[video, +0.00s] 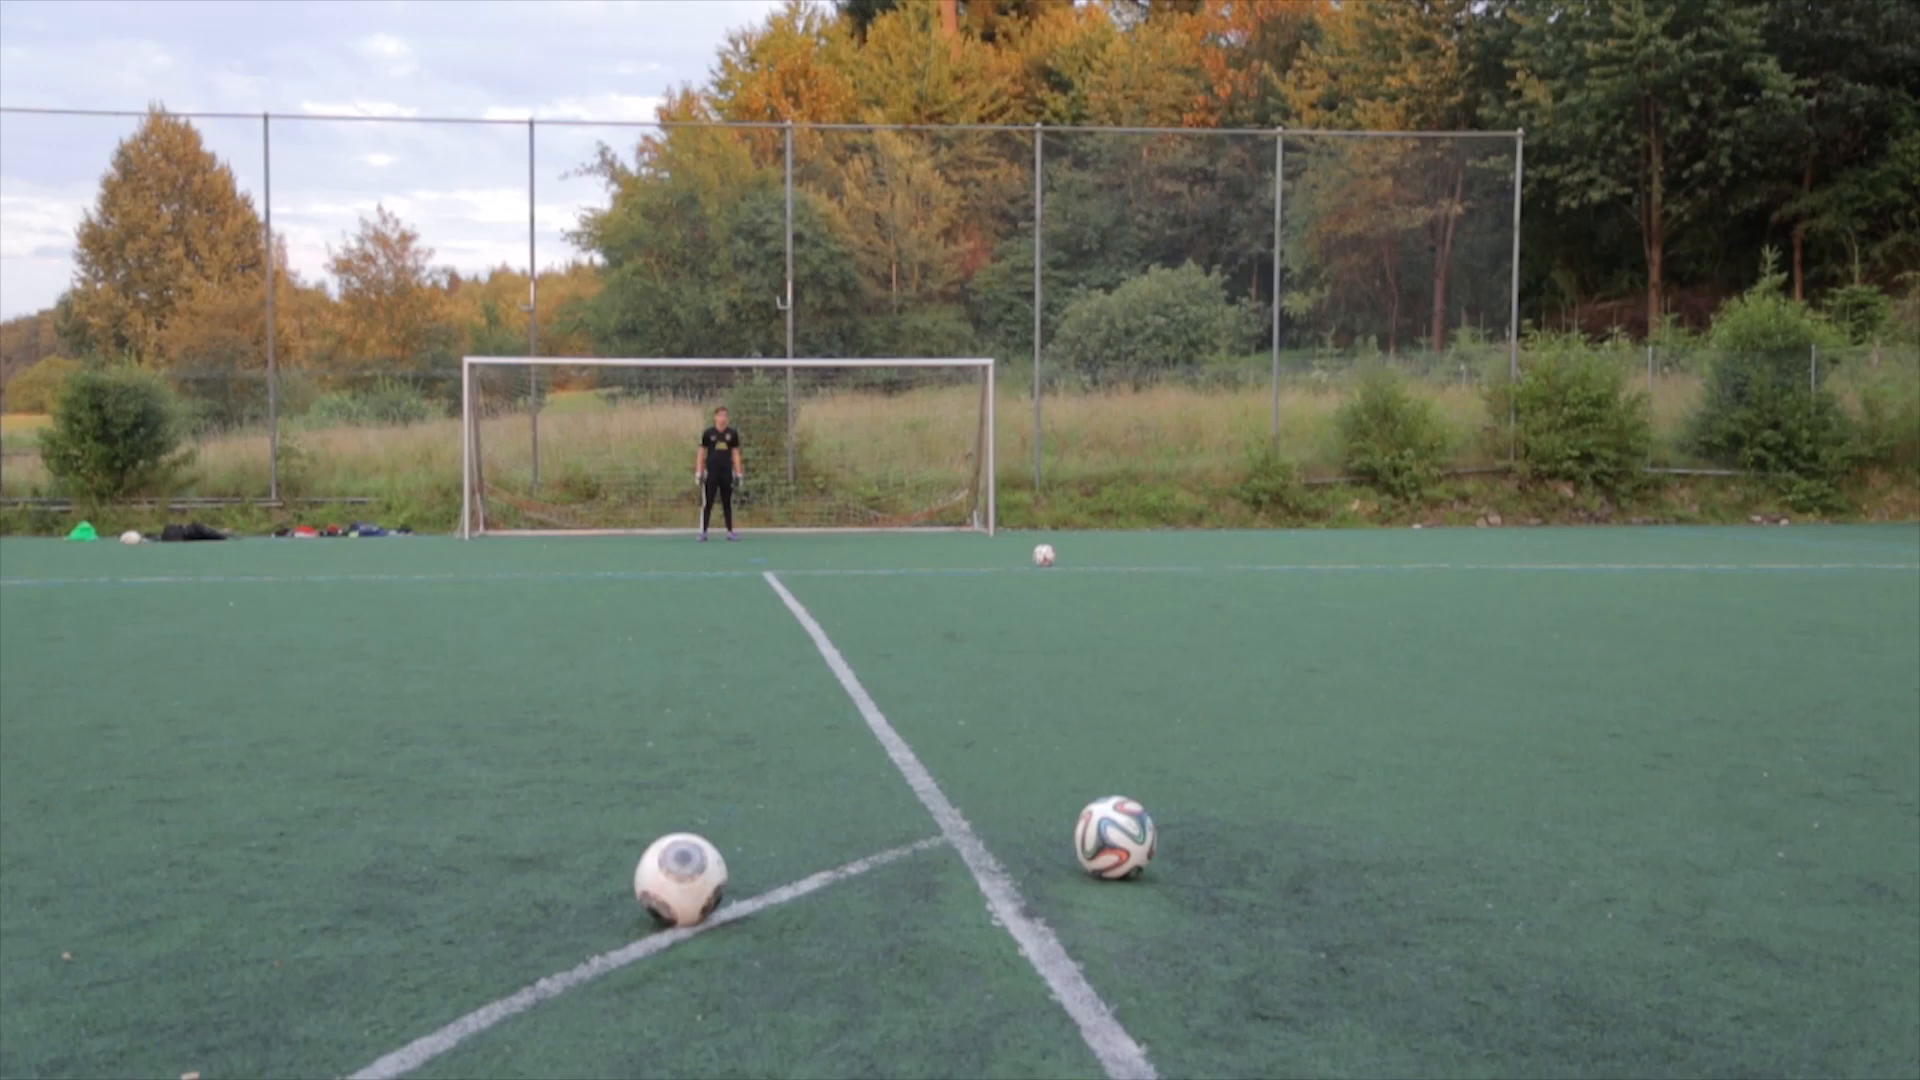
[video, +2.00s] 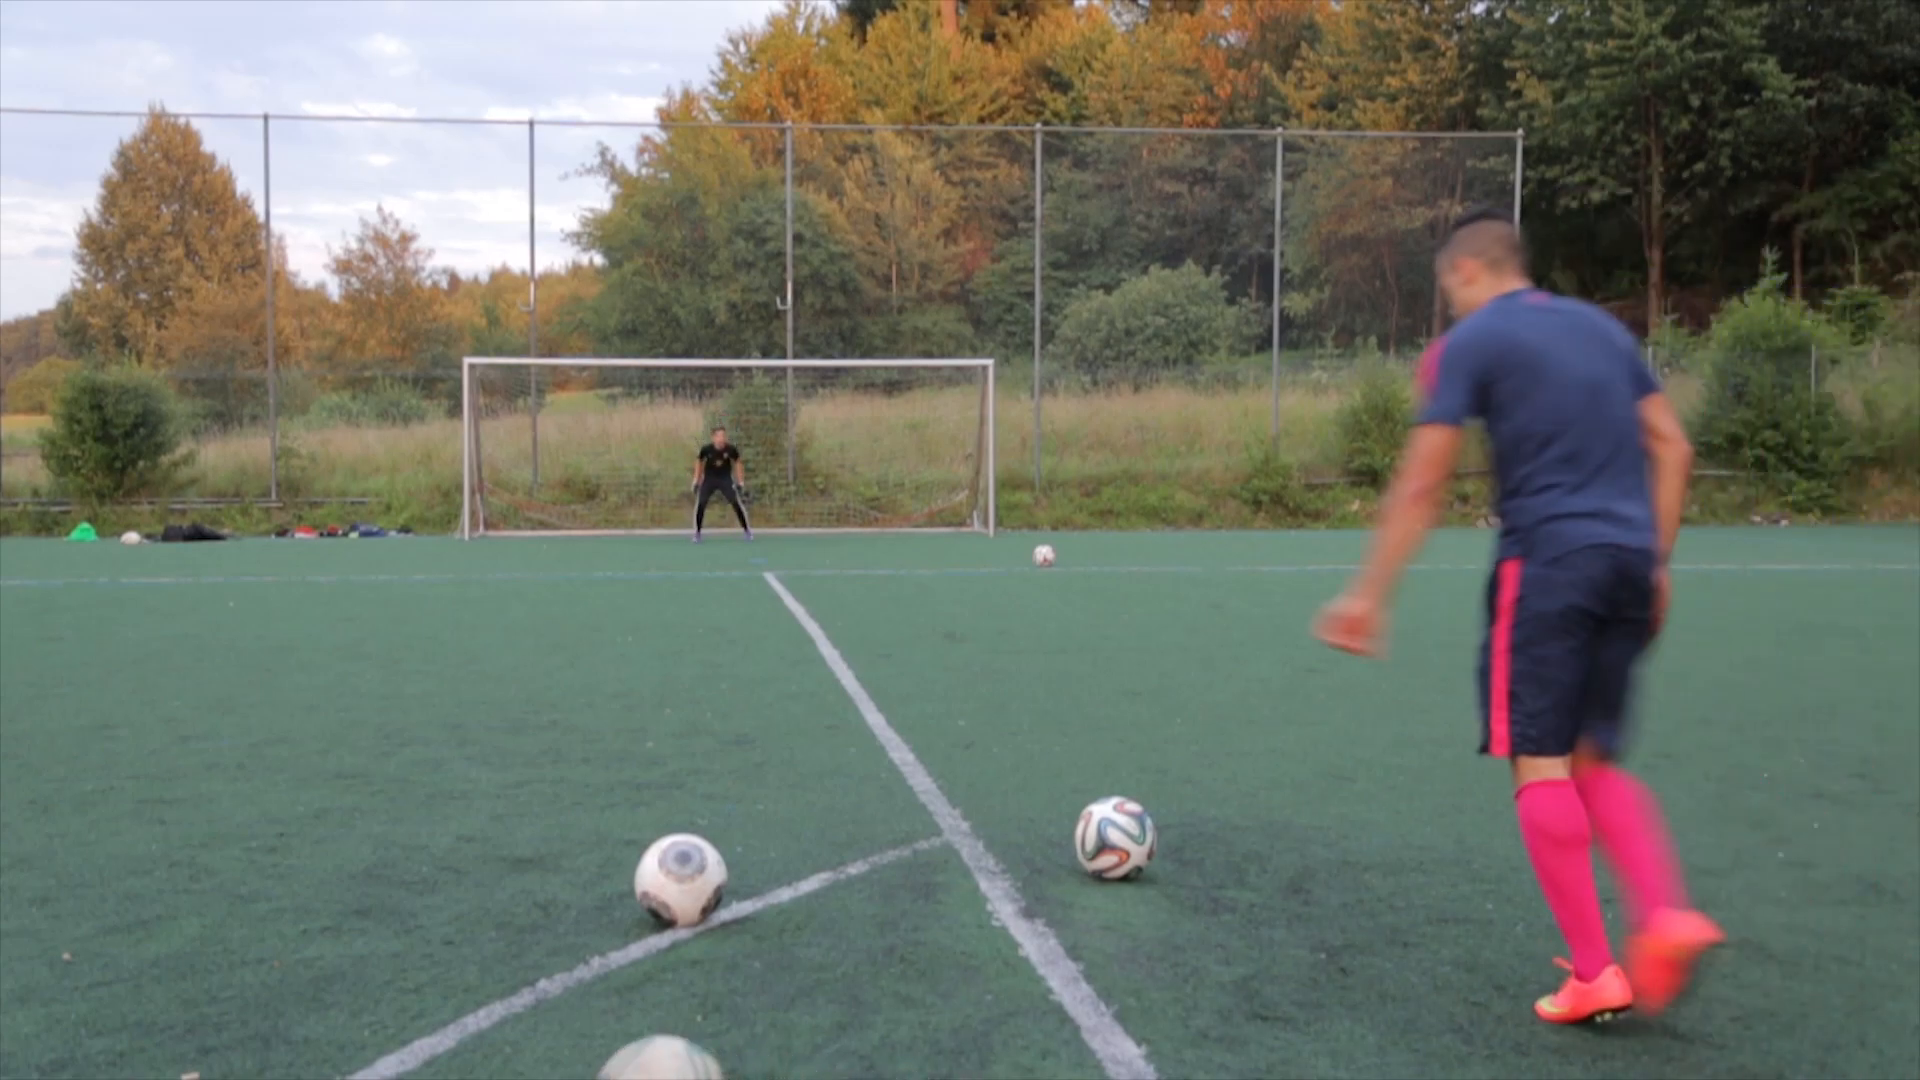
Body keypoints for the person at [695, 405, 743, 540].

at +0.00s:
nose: (723, 419)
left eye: (725, 416)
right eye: (720, 416)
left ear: (728, 418)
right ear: (715, 418)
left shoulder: (732, 434)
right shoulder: (708, 433)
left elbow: (736, 453)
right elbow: (702, 452)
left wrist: (738, 471)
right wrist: (699, 470)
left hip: (726, 473)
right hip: (711, 473)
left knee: (727, 503)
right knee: (708, 503)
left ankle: (730, 530)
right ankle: (704, 530)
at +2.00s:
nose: (720, 439)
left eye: (722, 436)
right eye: (717, 436)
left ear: (725, 438)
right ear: (713, 437)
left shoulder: (731, 450)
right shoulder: (706, 450)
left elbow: (738, 464)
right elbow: (699, 464)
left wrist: (740, 481)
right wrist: (696, 480)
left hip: (725, 481)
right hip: (709, 481)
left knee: (736, 504)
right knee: (701, 505)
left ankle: (746, 530)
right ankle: (698, 532)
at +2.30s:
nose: (737, 442)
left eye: (739, 439)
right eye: (735, 439)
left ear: (743, 439)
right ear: (731, 439)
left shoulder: (750, 450)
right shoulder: (725, 451)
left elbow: (755, 464)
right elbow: (717, 465)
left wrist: (758, 478)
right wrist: (713, 482)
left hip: (746, 482)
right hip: (730, 481)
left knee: (749, 506)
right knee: (717, 505)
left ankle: (749, 532)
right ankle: (705, 532)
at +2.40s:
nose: (743, 438)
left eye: (745, 435)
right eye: (741, 436)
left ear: (748, 435)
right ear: (736, 435)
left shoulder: (756, 445)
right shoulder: (731, 447)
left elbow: (761, 457)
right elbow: (721, 459)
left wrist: (766, 469)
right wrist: (718, 477)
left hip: (753, 476)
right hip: (737, 476)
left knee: (760, 500)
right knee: (726, 500)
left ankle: (755, 529)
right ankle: (721, 527)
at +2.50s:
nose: (749, 437)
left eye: (751, 434)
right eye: (747, 434)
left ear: (754, 436)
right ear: (742, 435)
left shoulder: (762, 447)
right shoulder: (736, 449)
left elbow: (770, 459)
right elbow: (727, 461)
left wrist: (775, 472)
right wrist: (724, 478)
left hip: (759, 476)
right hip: (743, 476)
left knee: (770, 499)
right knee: (736, 499)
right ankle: (734, 527)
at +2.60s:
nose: (755, 447)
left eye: (757, 444)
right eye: (753, 444)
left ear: (760, 444)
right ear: (748, 445)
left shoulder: (768, 454)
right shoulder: (742, 457)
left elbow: (775, 468)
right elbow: (733, 468)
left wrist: (783, 482)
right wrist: (729, 484)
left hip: (765, 483)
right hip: (749, 484)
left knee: (779, 504)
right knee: (743, 505)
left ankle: (795, 530)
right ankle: (746, 532)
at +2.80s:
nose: (747, 461)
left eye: (749, 458)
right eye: (744, 458)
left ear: (753, 456)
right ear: (741, 458)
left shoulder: (763, 465)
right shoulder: (739, 468)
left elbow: (774, 479)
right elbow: (735, 483)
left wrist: (782, 496)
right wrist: (731, 499)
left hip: (762, 492)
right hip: (746, 493)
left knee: (778, 510)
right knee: (733, 508)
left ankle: (794, 533)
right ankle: (737, 534)